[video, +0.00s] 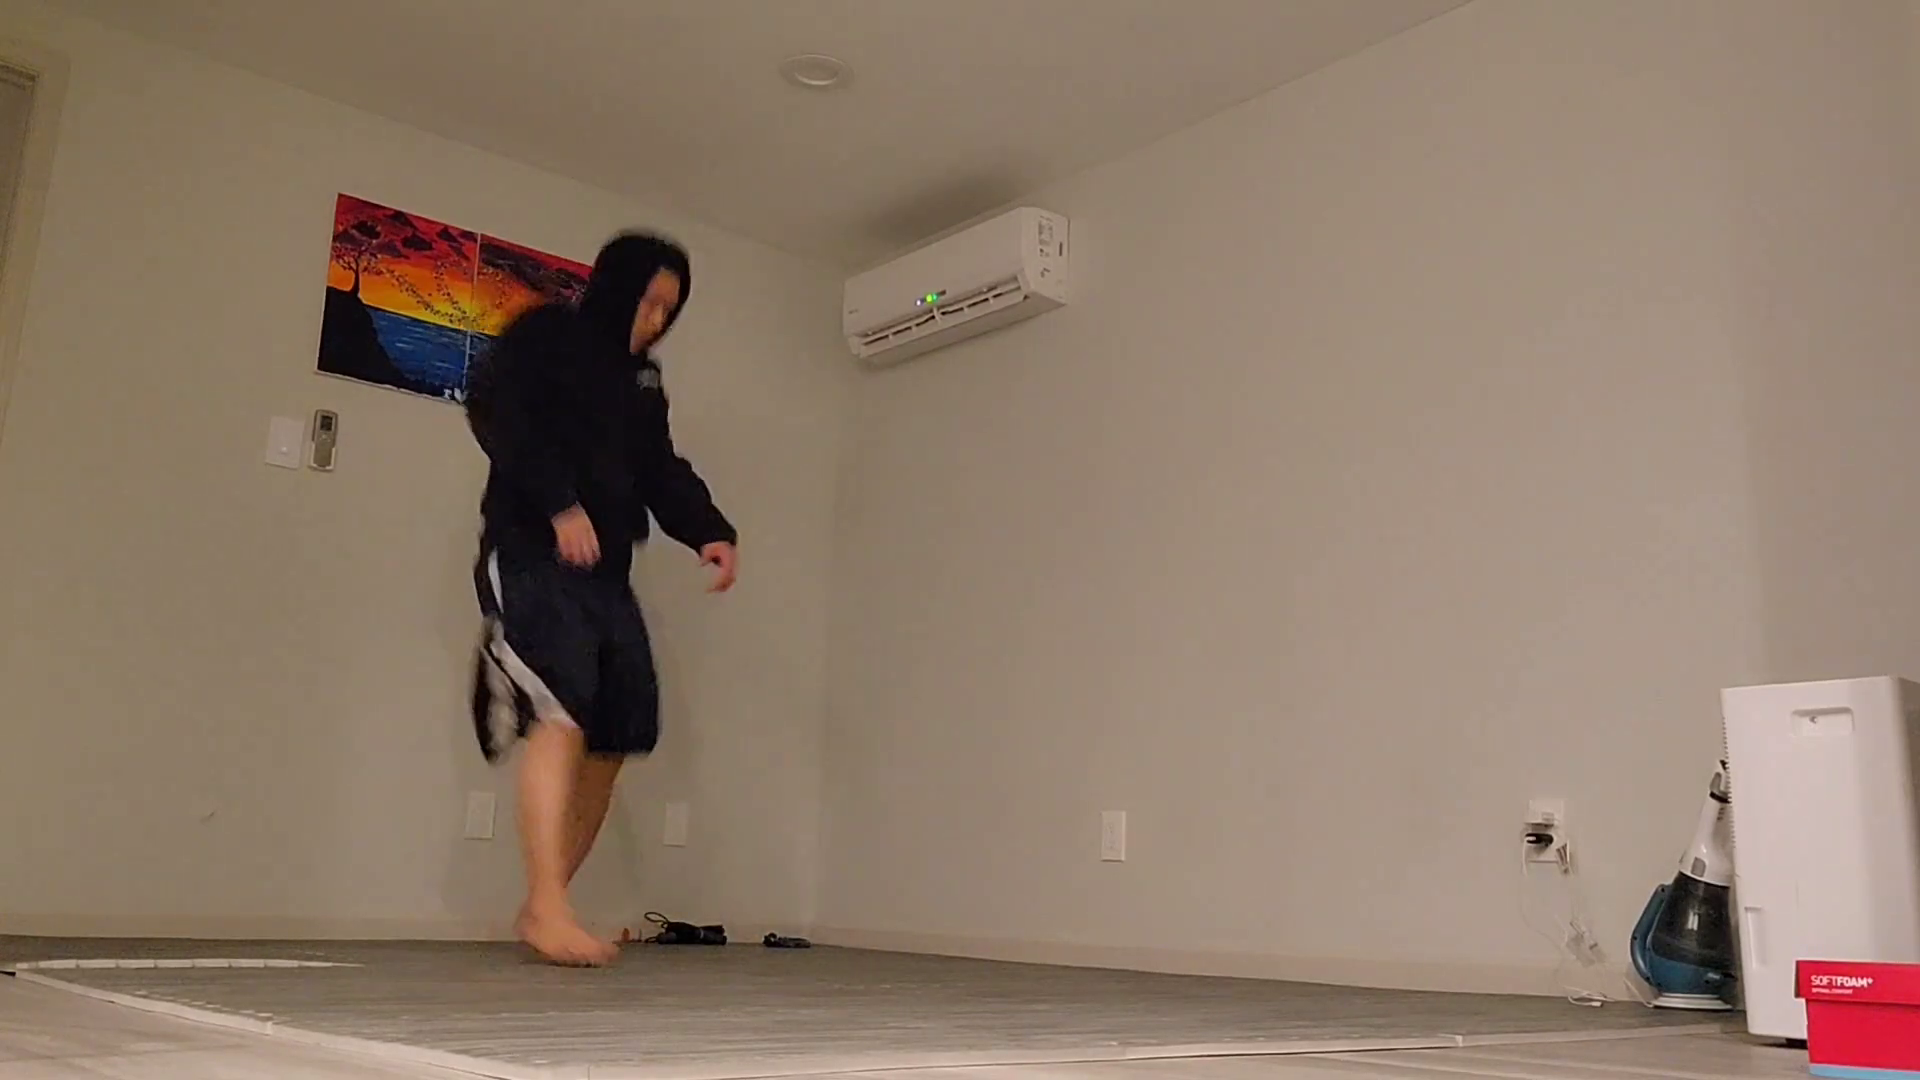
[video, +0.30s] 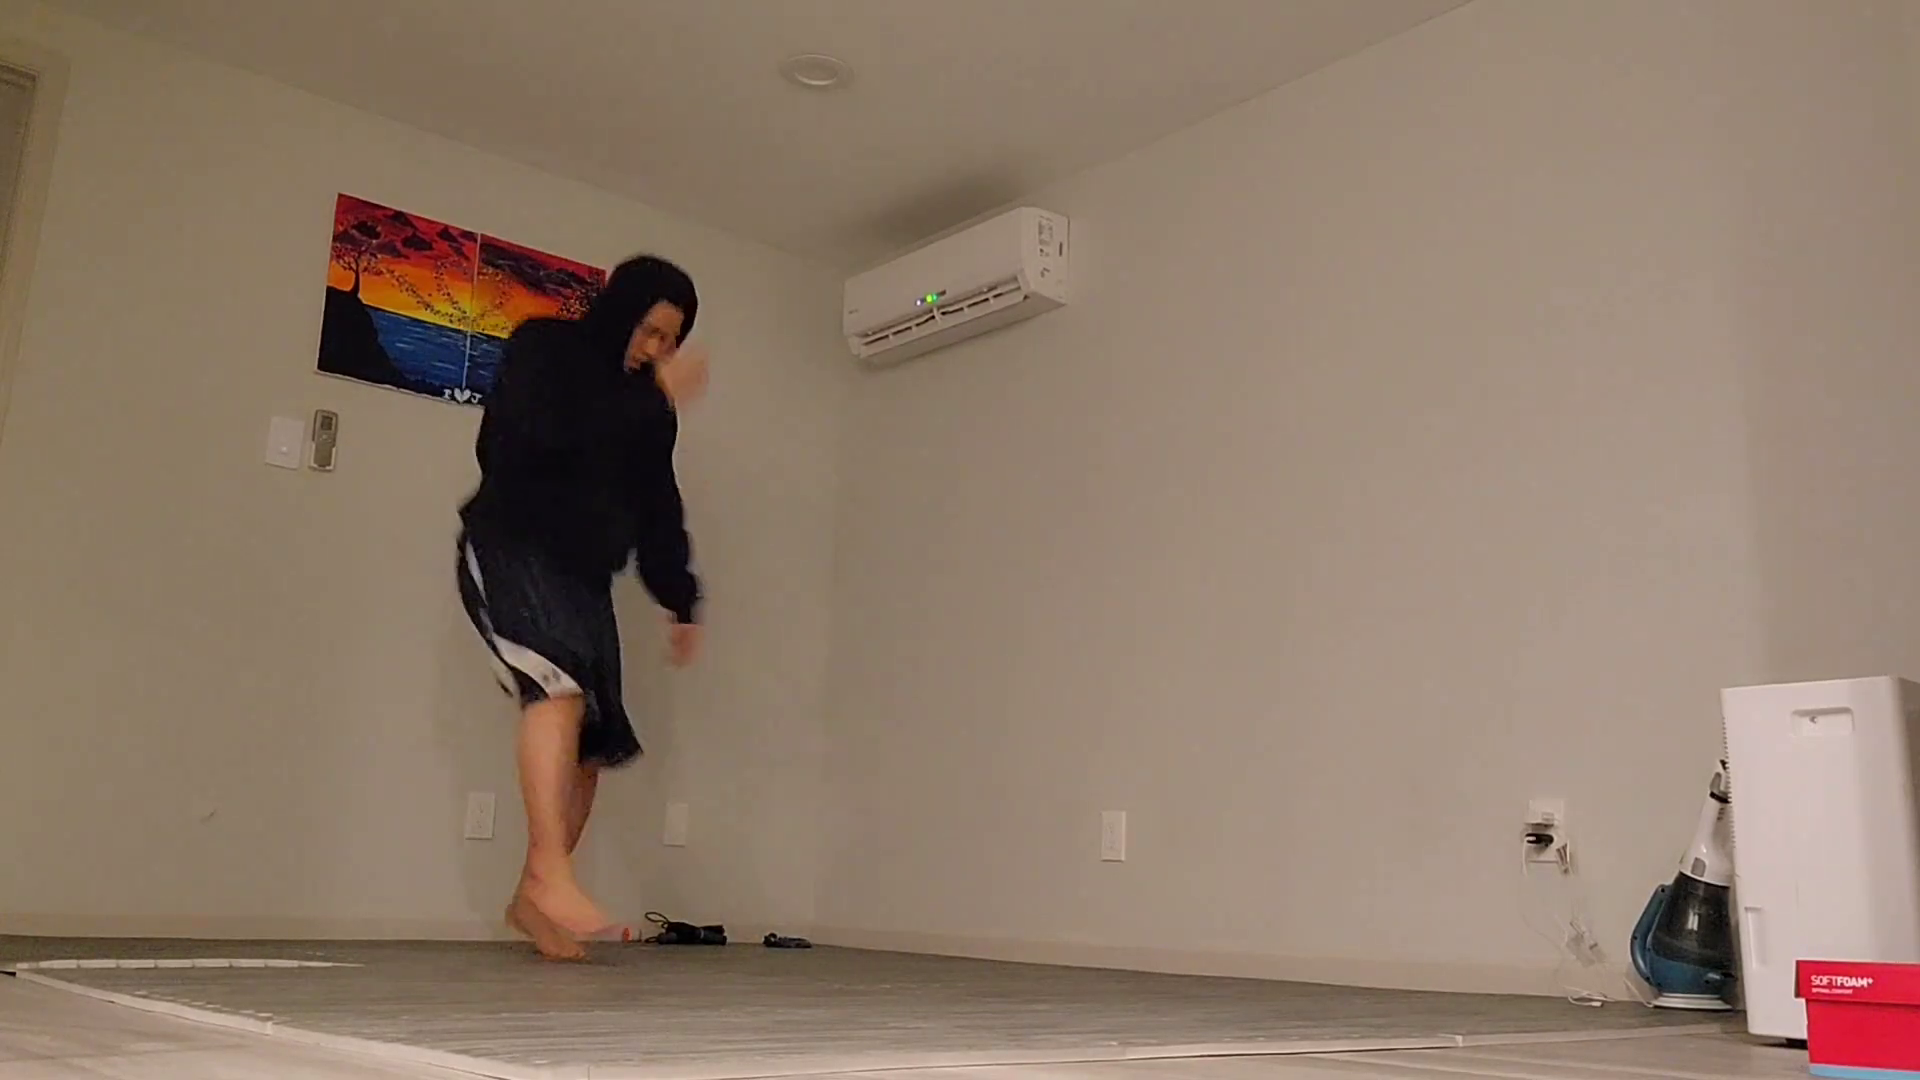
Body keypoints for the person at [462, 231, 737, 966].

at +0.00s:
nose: (660, 321)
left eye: (669, 310)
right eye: (654, 303)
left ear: (669, 311)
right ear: (618, 287)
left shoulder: (641, 375)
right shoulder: (545, 332)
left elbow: (656, 465)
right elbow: (494, 408)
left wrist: (708, 529)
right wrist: (560, 502)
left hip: (604, 568)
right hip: (529, 553)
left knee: (612, 729)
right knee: (559, 714)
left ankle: (545, 906)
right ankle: (547, 912)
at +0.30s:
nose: (655, 349)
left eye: (667, 339)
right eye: (649, 328)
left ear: (673, 343)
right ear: (617, 307)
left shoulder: (647, 399)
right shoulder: (543, 345)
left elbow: (656, 503)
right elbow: (526, 445)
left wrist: (680, 599)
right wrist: (655, 400)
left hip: (581, 567)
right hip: (508, 540)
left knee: (589, 734)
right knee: (557, 688)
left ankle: (535, 897)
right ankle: (549, 879)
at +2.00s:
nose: (586, 287)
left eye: (603, 274)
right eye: (575, 268)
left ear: (622, 275)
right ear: (549, 259)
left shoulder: (631, 316)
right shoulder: (490, 315)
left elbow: (637, 371)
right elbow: (433, 401)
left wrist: (525, 356)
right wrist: (517, 467)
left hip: (608, 544)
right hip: (514, 546)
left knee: (581, 688)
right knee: (485, 734)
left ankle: (549, 878)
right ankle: (456, 907)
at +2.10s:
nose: (582, 300)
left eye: (599, 289)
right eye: (572, 281)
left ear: (614, 293)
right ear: (544, 275)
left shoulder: (619, 338)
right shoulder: (484, 350)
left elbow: (567, 378)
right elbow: (476, 466)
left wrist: (464, 380)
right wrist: (520, 537)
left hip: (590, 562)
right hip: (494, 559)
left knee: (552, 724)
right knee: (468, 750)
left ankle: (521, 920)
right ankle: (455, 918)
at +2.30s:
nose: (507, 320)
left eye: (524, 304)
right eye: (495, 301)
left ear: (552, 298)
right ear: (478, 295)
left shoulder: (602, 362)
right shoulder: (467, 360)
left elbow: (628, 489)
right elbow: (428, 466)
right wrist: (480, 497)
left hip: (582, 581)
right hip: (498, 574)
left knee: (539, 738)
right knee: (407, 710)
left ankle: (503, 926)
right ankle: (497, 844)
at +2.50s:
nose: (500, 307)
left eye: (514, 292)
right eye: (487, 291)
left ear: (546, 271)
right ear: (479, 281)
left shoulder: (615, 319)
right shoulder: (473, 338)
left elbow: (712, 380)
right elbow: (461, 413)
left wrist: (759, 481)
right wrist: (491, 307)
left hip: (600, 560)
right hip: (511, 567)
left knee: (555, 720)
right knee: (486, 737)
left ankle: (529, 914)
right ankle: (553, 901)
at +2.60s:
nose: (545, 281)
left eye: (557, 262)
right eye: (525, 270)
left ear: (586, 264)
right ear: (501, 285)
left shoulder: (632, 323)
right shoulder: (473, 342)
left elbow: (726, 357)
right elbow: (479, 415)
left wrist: (770, 451)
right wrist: (548, 320)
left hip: (605, 552)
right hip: (515, 562)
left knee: (555, 719)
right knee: (513, 753)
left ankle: (557, 910)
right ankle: (562, 910)